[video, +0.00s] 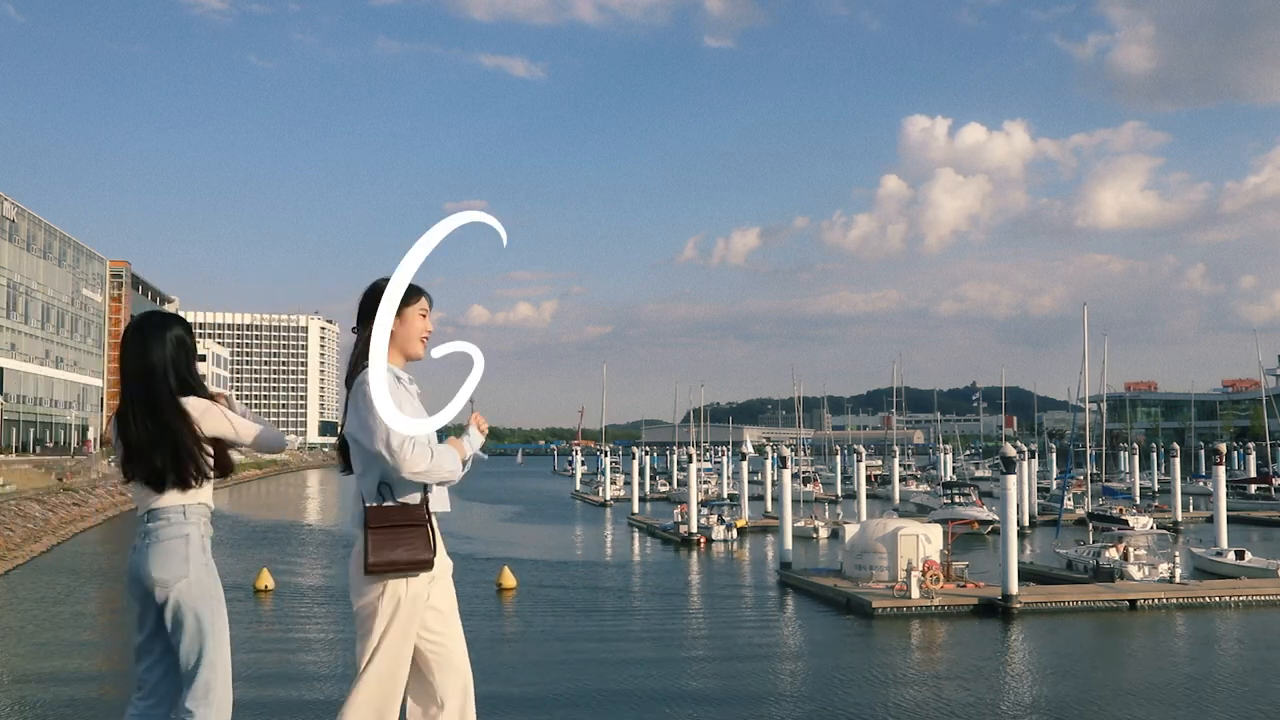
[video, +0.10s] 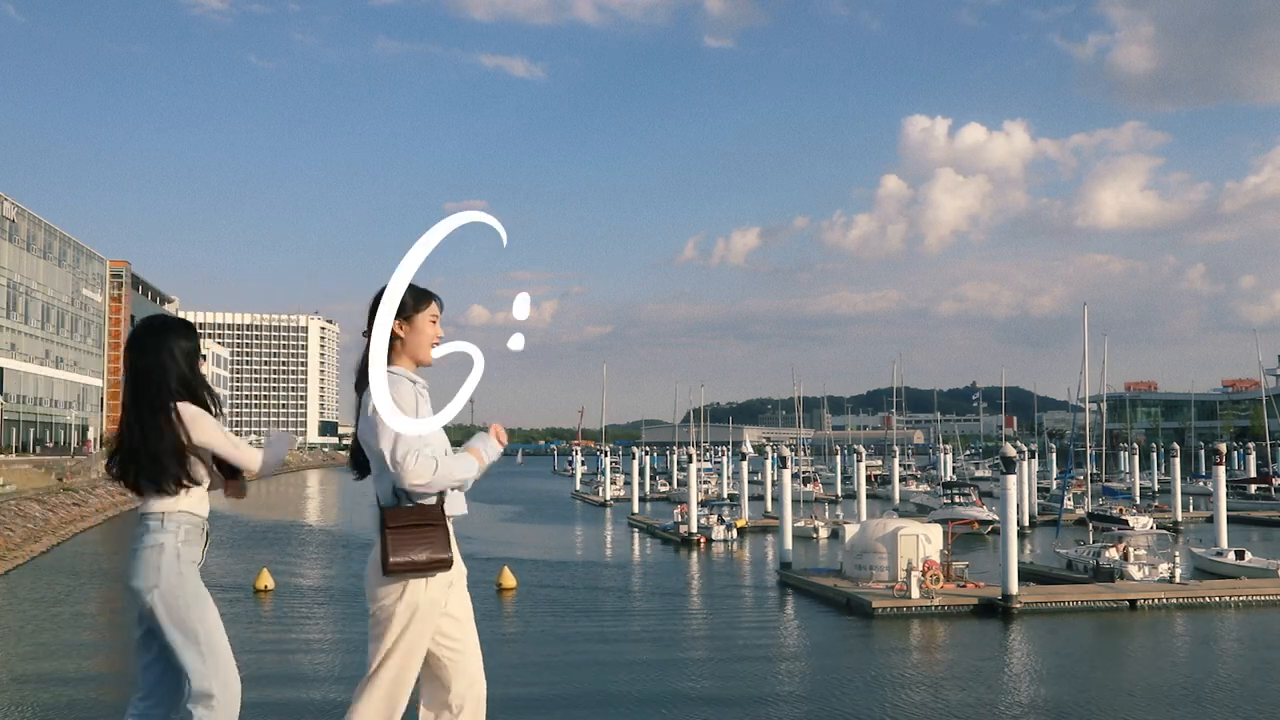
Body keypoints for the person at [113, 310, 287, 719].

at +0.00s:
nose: (195, 359)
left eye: (192, 351)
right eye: (190, 351)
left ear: (131, 361)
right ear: (181, 358)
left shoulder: (124, 419)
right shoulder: (195, 410)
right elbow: (276, 441)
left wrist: (204, 408)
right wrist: (231, 407)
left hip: (145, 551)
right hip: (185, 553)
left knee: (153, 688)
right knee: (210, 690)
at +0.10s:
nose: (202, 365)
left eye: (200, 355)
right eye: (195, 356)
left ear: (145, 363)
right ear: (178, 362)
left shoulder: (150, 417)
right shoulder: (181, 413)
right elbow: (253, 460)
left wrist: (231, 474)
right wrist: (276, 451)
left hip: (153, 562)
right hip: (171, 566)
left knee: (156, 692)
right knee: (219, 689)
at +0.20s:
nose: (206, 376)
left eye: (207, 366)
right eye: (195, 368)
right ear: (167, 373)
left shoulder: (168, 422)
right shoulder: (166, 425)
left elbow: (194, 499)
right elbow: (213, 494)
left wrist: (230, 478)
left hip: (179, 569)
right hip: (166, 573)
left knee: (160, 699)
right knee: (226, 699)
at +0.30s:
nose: (204, 379)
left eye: (211, 371)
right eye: (194, 366)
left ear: (215, 378)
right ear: (167, 368)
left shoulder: (206, 433)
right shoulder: (144, 432)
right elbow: (164, 506)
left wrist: (254, 447)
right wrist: (224, 502)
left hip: (210, 568)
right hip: (171, 570)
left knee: (187, 698)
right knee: (228, 700)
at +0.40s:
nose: (206, 374)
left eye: (214, 368)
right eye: (196, 362)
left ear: (219, 378)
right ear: (170, 365)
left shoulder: (220, 429)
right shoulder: (139, 432)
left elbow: (283, 452)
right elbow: (167, 494)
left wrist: (260, 469)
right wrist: (221, 441)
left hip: (224, 570)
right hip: (176, 571)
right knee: (222, 703)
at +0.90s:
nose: (259, 361)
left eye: (265, 354)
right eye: (248, 350)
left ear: (269, 364)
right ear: (219, 356)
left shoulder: (277, 412)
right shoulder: (198, 423)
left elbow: (341, 421)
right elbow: (219, 462)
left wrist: (295, 407)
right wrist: (284, 435)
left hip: (283, 561)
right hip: (232, 560)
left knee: (319, 687)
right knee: (220, 697)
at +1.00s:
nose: (283, 366)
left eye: (283, 357)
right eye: (273, 356)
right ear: (243, 364)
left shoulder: (282, 422)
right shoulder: (222, 428)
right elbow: (258, 468)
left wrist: (314, 435)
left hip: (297, 562)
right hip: (257, 562)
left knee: (325, 695)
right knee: (245, 699)